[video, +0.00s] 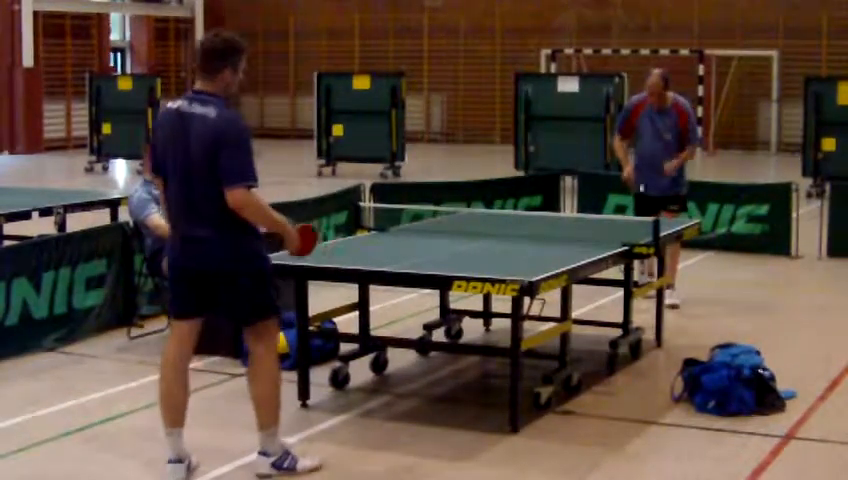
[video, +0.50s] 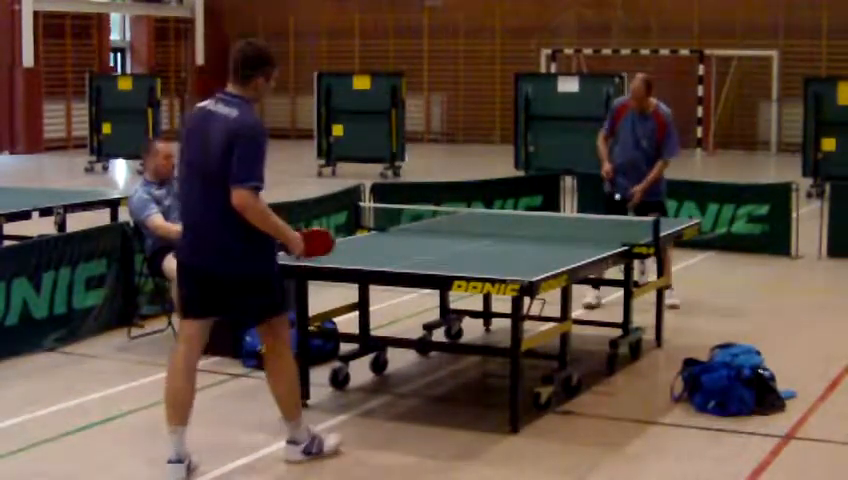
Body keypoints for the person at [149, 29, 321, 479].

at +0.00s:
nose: (242, 78)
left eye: (241, 70)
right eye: (241, 71)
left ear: (199, 68)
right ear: (229, 71)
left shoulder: (168, 115)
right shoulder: (227, 122)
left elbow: (156, 174)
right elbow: (239, 196)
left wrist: (184, 222)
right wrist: (283, 226)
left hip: (186, 251)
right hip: (235, 252)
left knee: (179, 342)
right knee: (263, 338)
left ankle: (176, 455)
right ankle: (271, 448)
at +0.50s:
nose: (271, 85)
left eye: (270, 78)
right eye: (271, 79)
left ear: (231, 72)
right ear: (263, 79)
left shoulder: (197, 115)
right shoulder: (248, 124)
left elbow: (188, 185)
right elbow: (244, 197)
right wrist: (287, 235)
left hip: (196, 253)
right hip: (245, 255)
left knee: (188, 345)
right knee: (276, 337)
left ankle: (176, 454)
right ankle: (300, 438)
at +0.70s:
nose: (318, 104)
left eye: (318, 97)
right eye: (318, 98)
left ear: (282, 87)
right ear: (311, 96)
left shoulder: (239, 118)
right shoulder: (291, 139)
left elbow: (226, 182)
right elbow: (292, 212)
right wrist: (322, 251)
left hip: (213, 246)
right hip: (264, 252)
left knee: (211, 339)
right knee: (289, 340)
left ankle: (178, 440)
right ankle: (300, 437)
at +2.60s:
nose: (324, 109)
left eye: (324, 102)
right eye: (325, 103)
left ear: (288, 98)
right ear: (315, 101)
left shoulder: (251, 135)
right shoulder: (306, 141)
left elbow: (236, 197)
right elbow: (321, 212)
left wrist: (282, 219)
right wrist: (363, 225)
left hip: (239, 251)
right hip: (285, 254)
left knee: (242, 339)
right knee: (343, 334)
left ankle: (211, 435)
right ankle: (350, 441)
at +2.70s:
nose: (351, 112)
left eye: (351, 104)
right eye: (350, 104)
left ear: (314, 99)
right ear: (339, 104)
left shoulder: (281, 132)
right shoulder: (314, 144)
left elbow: (290, 197)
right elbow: (310, 214)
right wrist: (357, 252)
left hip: (248, 257)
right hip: (289, 262)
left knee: (252, 342)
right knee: (360, 329)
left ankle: (212, 433)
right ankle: (378, 440)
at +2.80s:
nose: (381, 134)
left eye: (382, 127)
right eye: (380, 126)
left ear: (351, 118)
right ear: (364, 123)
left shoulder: (319, 141)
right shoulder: (332, 159)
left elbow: (351, 204)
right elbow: (297, 222)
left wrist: (400, 208)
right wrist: (332, 277)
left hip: (261, 264)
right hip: (290, 272)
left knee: (266, 347)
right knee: (373, 335)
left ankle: (215, 432)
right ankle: (411, 439)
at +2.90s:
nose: (417, 158)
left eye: (419, 150)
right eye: (417, 150)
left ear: (389, 139)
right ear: (402, 145)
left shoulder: (358, 155)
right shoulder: (355, 175)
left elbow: (391, 189)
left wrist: (438, 200)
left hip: (284, 267)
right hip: (321, 269)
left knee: (271, 353)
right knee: (401, 336)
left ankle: (215, 435)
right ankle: (421, 444)